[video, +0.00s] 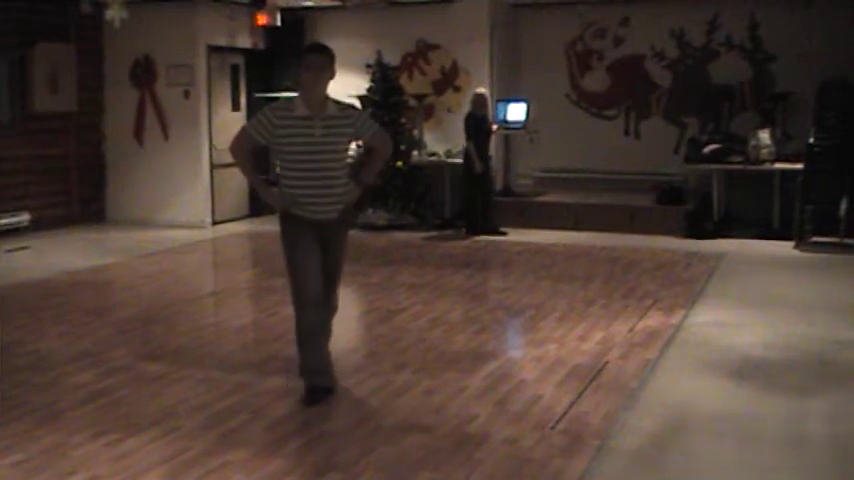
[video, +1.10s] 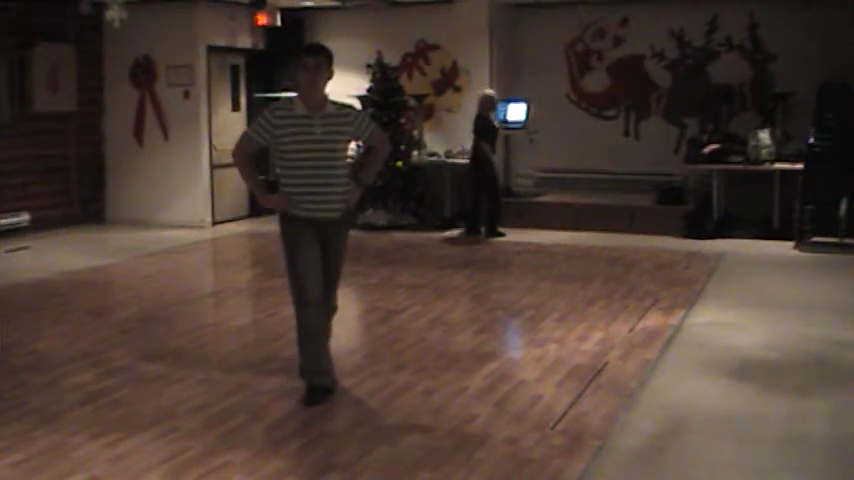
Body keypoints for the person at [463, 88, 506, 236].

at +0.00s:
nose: (483, 103)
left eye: (485, 100)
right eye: (481, 100)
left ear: (484, 102)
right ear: (477, 102)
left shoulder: (484, 117)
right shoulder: (472, 118)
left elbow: (483, 132)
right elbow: (470, 141)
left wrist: (491, 129)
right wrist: (476, 161)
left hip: (483, 159)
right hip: (476, 160)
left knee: (485, 192)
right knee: (479, 193)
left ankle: (486, 223)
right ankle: (478, 224)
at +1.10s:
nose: (495, 105)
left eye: (494, 102)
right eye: (492, 102)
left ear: (485, 103)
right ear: (486, 103)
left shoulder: (485, 118)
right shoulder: (482, 119)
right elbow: (482, 142)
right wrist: (491, 157)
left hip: (482, 160)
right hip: (482, 160)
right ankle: (491, 226)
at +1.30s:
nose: (500, 103)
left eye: (499, 100)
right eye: (497, 100)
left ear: (490, 102)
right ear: (491, 102)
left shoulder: (493, 117)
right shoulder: (488, 118)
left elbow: (495, 140)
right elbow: (486, 143)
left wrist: (499, 152)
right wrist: (498, 158)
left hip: (489, 160)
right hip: (488, 160)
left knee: (490, 193)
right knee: (493, 193)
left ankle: (482, 223)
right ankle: (490, 226)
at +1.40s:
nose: (500, 103)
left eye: (500, 100)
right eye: (497, 100)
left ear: (500, 101)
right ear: (491, 100)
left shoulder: (498, 118)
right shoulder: (489, 118)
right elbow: (488, 144)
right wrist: (495, 162)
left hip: (498, 159)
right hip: (490, 160)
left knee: (497, 193)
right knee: (494, 193)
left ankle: (492, 225)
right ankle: (489, 226)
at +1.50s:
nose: (500, 103)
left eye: (502, 100)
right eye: (497, 100)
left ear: (505, 101)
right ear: (492, 101)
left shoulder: (506, 119)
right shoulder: (488, 119)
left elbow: (507, 144)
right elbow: (486, 145)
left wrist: (507, 167)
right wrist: (490, 166)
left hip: (503, 163)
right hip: (493, 163)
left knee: (499, 197)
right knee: (493, 197)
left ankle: (497, 228)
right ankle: (491, 229)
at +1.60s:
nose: (501, 108)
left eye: (504, 104)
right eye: (498, 104)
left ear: (508, 105)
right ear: (493, 104)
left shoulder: (512, 123)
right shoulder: (489, 122)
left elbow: (517, 148)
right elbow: (485, 148)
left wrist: (515, 170)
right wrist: (484, 169)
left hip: (506, 166)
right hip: (493, 165)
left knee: (500, 196)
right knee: (498, 196)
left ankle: (493, 229)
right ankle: (504, 231)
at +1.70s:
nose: (501, 110)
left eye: (505, 106)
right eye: (498, 106)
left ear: (509, 106)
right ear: (494, 106)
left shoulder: (515, 124)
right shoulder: (490, 123)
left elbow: (522, 148)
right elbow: (485, 149)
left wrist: (520, 169)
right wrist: (483, 171)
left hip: (508, 166)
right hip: (493, 165)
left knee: (502, 197)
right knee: (500, 197)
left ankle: (493, 227)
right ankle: (507, 233)